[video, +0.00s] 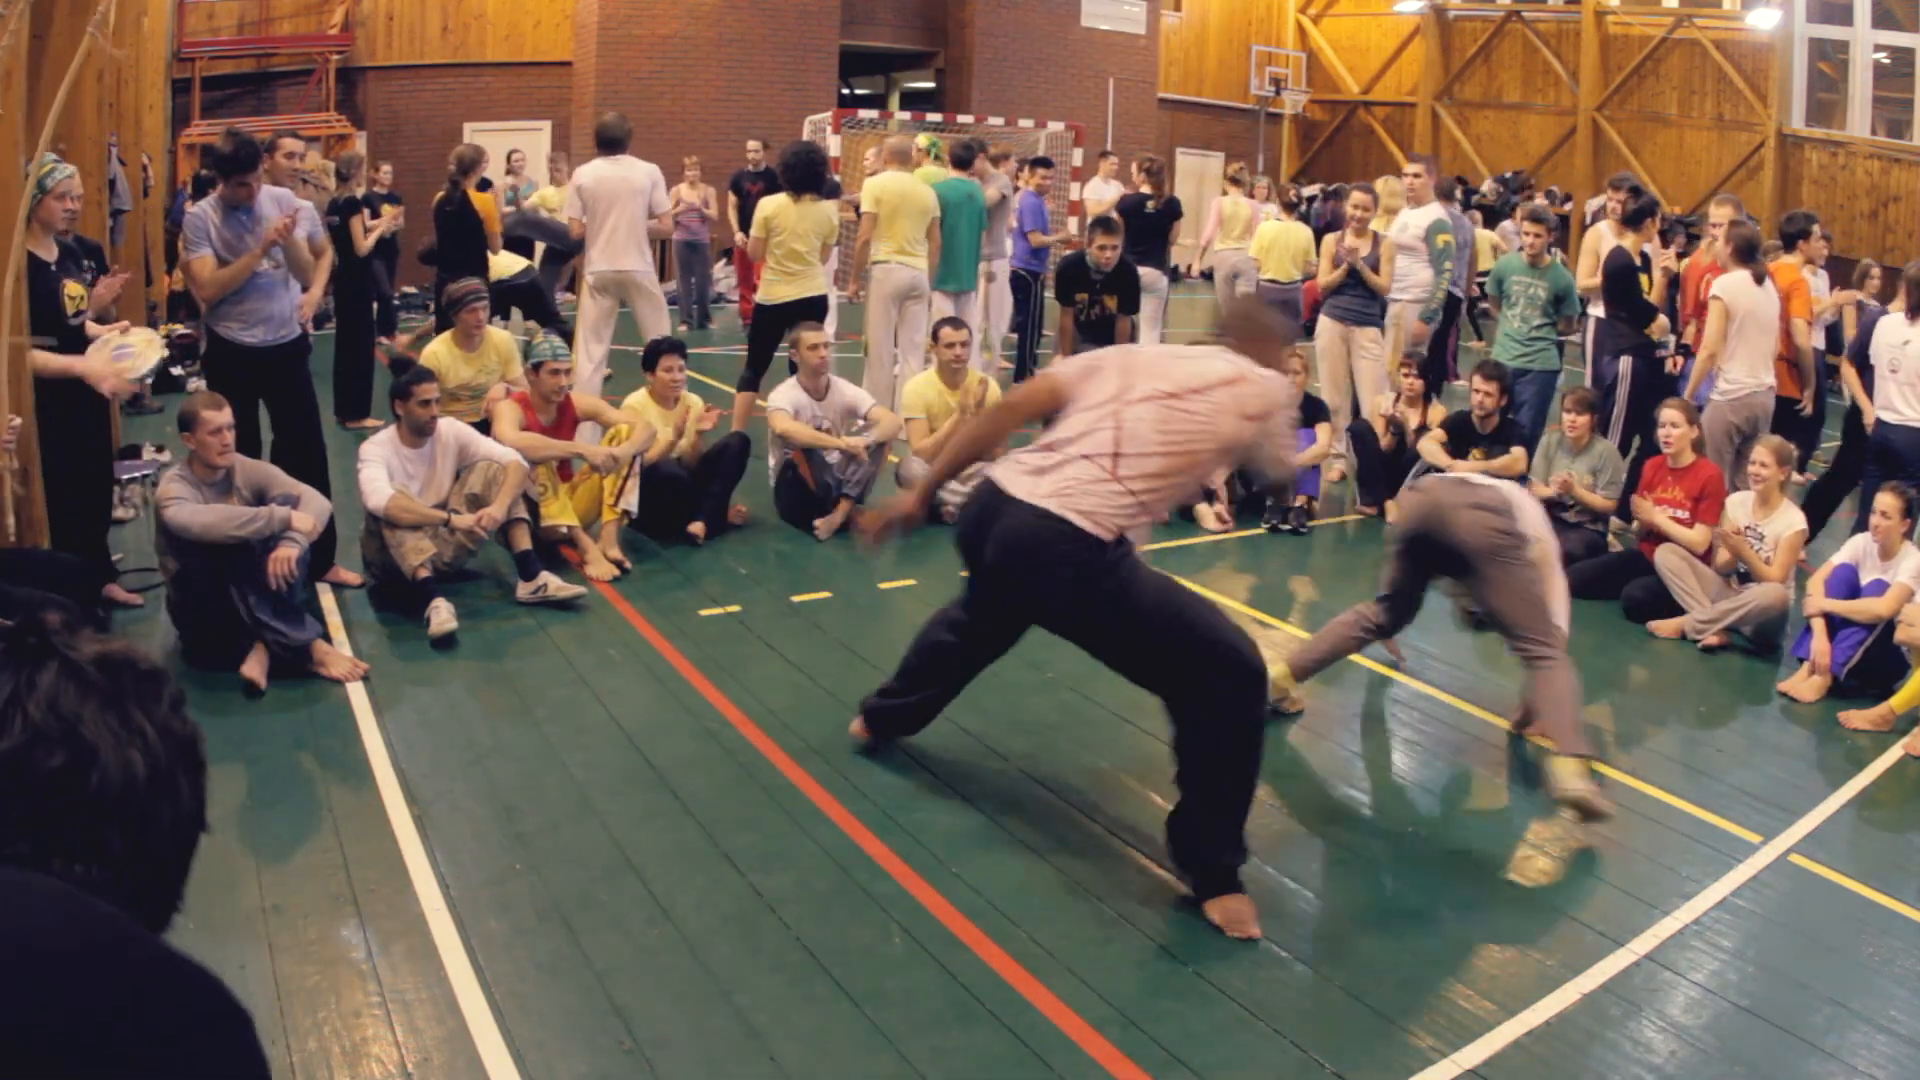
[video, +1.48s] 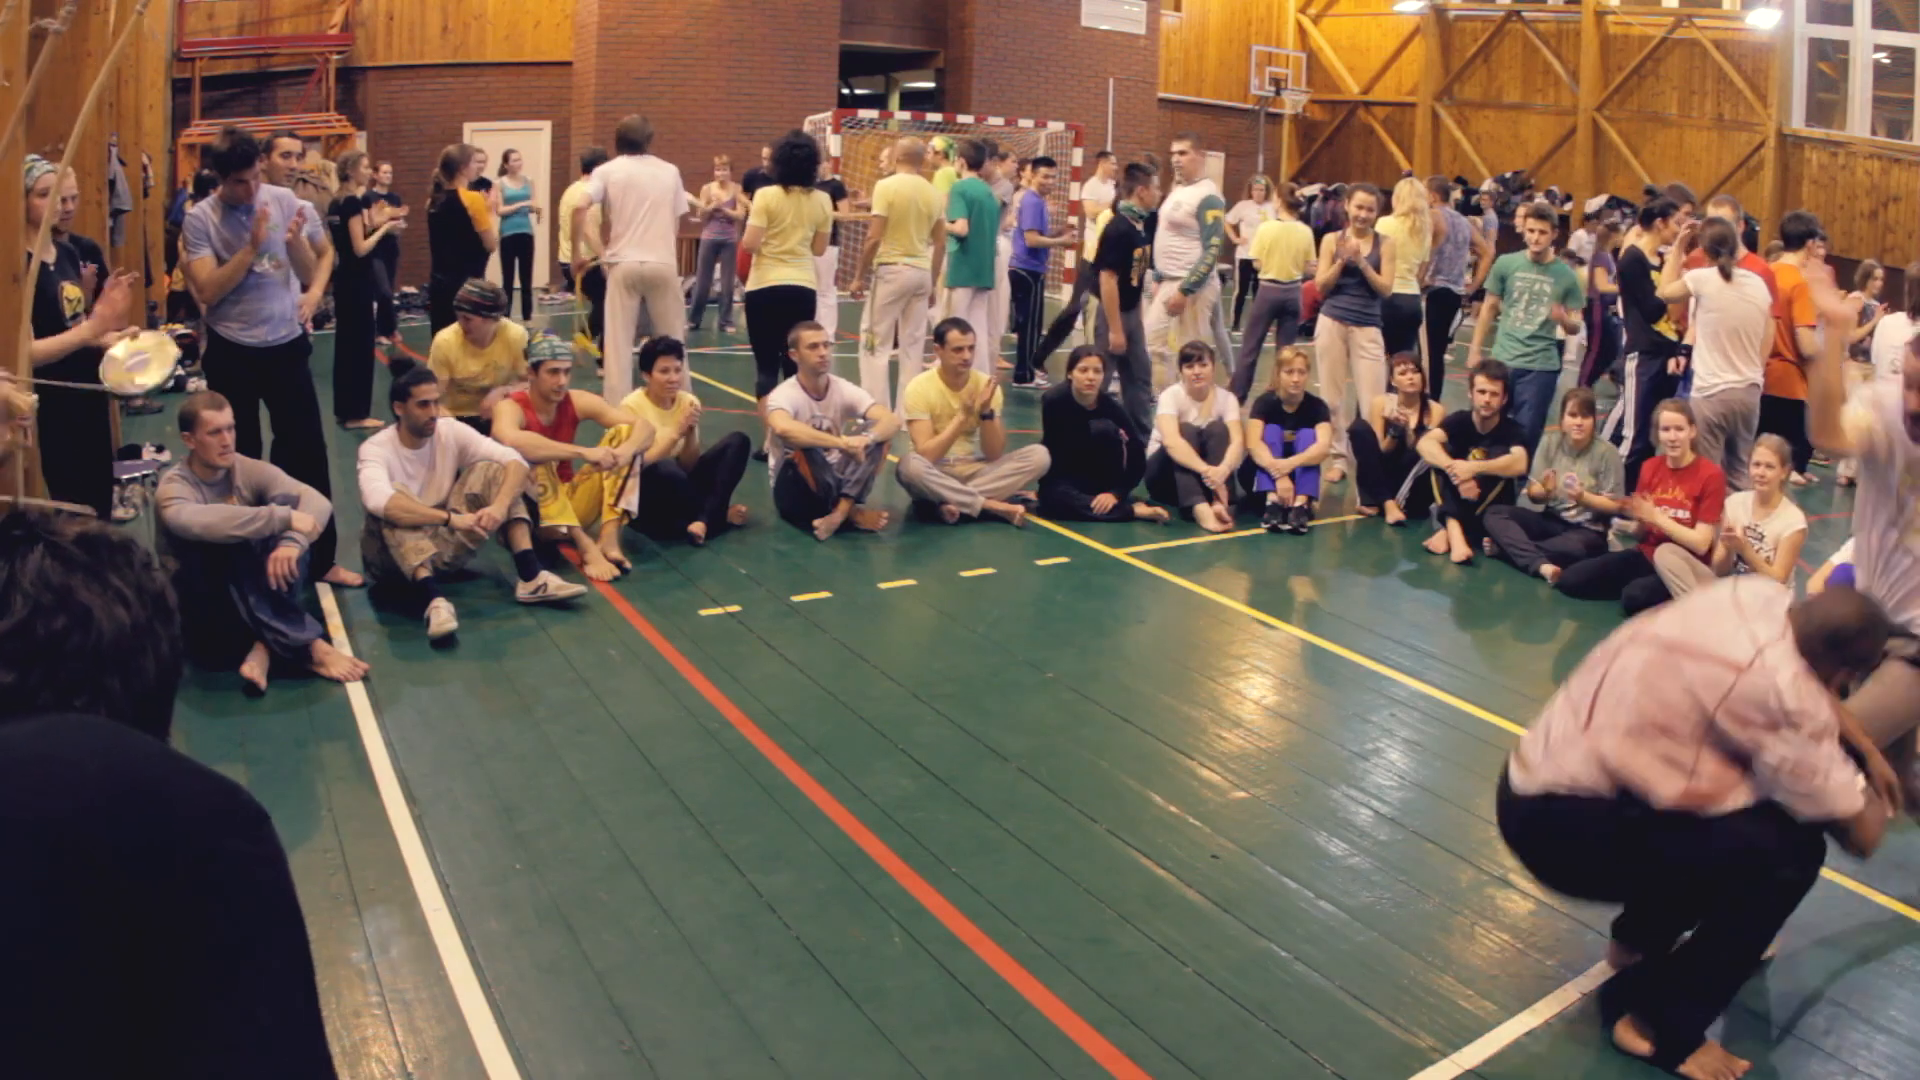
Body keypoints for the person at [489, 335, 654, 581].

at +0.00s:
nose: (563, 382)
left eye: (568, 373)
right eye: (554, 374)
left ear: (573, 372)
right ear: (531, 374)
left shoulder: (579, 404)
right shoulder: (509, 408)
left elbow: (646, 428)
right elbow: (507, 439)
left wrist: (626, 451)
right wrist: (582, 450)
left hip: (572, 505)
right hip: (527, 511)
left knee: (623, 432)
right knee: (541, 466)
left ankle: (609, 537)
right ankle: (587, 546)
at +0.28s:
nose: (563, 382)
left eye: (568, 373)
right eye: (554, 373)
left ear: (573, 372)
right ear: (532, 374)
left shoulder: (578, 402)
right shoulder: (510, 407)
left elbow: (645, 428)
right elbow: (507, 439)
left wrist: (626, 451)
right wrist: (583, 451)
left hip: (572, 504)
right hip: (528, 510)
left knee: (623, 433)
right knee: (541, 465)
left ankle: (609, 536)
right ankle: (586, 546)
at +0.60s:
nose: (564, 380)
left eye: (568, 371)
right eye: (555, 372)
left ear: (573, 371)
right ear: (532, 373)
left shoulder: (579, 402)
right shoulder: (509, 408)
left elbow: (645, 428)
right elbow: (509, 439)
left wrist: (625, 451)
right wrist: (582, 452)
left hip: (571, 504)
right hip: (527, 510)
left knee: (624, 432)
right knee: (540, 466)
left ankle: (609, 536)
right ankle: (586, 546)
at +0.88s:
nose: (564, 381)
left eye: (568, 372)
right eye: (555, 372)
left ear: (573, 371)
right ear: (532, 373)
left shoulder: (579, 402)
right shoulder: (510, 408)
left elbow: (645, 428)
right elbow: (509, 439)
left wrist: (625, 451)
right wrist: (582, 452)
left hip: (570, 504)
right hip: (526, 510)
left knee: (624, 432)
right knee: (540, 466)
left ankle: (609, 537)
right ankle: (586, 546)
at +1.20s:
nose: (563, 381)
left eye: (568, 372)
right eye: (555, 373)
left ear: (572, 372)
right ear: (532, 373)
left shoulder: (580, 402)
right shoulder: (510, 408)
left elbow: (644, 427)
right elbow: (509, 438)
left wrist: (627, 450)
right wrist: (583, 452)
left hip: (570, 507)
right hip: (527, 512)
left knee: (621, 435)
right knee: (539, 464)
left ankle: (609, 537)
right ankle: (586, 546)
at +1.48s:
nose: (562, 381)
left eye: (567, 372)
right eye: (553, 373)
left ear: (571, 372)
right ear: (531, 373)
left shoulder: (579, 401)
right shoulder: (510, 408)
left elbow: (645, 427)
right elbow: (508, 438)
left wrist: (627, 450)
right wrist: (583, 452)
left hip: (571, 508)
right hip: (527, 512)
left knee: (622, 434)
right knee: (540, 465)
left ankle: (609, 537)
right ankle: (586, 546)